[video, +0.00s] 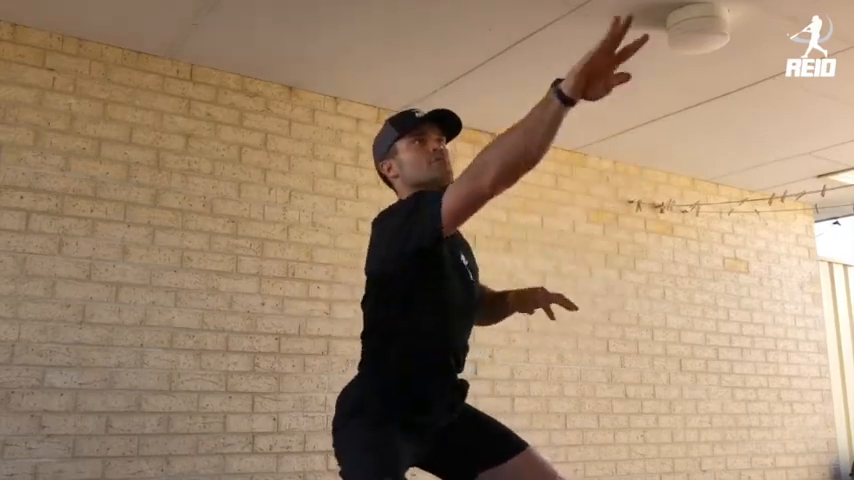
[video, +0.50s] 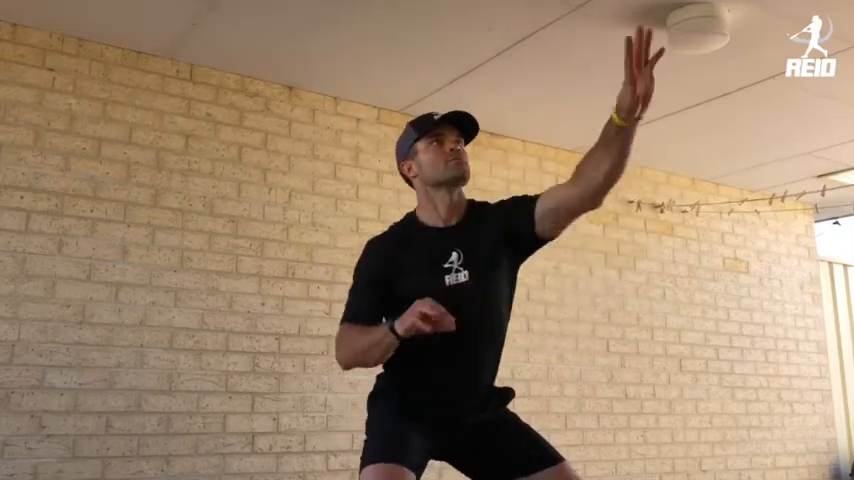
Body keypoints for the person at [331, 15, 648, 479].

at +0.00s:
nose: (438, 145)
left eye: (441, 138)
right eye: (419, 140)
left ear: (450, 152)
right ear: (389, 169)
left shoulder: (452, 241)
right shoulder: (396, 227)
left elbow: (469, 307)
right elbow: (489, 176)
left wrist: (517, 300)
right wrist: (566, 93)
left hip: (439, 414)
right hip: (377, 417)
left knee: (543, 476)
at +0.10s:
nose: (434, 139)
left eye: (437, 133)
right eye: (414, 134)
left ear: (445, 151)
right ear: (387, 162)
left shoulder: (460, 237)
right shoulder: (381, 224)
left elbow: (507, 310)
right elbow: (448, 239)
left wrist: (523, 278)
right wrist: (527, 150)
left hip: (445, 411)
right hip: (379, 414)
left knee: (544, 477)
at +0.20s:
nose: (432, 138)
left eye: (436, 133)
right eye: (413, 132)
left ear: (444, 149)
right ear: (385, 160)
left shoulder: (469, 229)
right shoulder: (365, 235)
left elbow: (556, 286)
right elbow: (376, 319)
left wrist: (539, 243)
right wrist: (458, 254)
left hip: (454, 405)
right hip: (384, 407)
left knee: (548, 476)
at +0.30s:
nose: (434, 141)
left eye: (438, 136)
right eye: (415, 136)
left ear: (446, 153)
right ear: (387, 165)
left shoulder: (485, 227)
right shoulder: (364, 246)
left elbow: (584, 239)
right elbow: (334, 350)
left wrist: (556, 184)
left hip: (466, 408)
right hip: (390, 412)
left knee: (555, 476)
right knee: (375, 476)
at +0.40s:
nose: (442, 147)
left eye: (446, 141)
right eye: (423, 142)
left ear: (454, 156)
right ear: (396, 169)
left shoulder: (494, 223)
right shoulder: (372, 254)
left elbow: (576, 187)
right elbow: (333, 352)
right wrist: (379, 344)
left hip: (471, 413)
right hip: (397, 413)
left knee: (557, 476)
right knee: (378, 478)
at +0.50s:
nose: (456, 146)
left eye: (459, 140)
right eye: (438, 141)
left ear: (469, 156)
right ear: (409, 168)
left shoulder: (503, 224)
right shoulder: (384, 252)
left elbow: (584, 190)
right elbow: (347, 351)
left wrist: (626, 116)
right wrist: (395, 329)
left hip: (478, 411)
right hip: (404, 411)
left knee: (561, 477)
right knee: (384, 477)